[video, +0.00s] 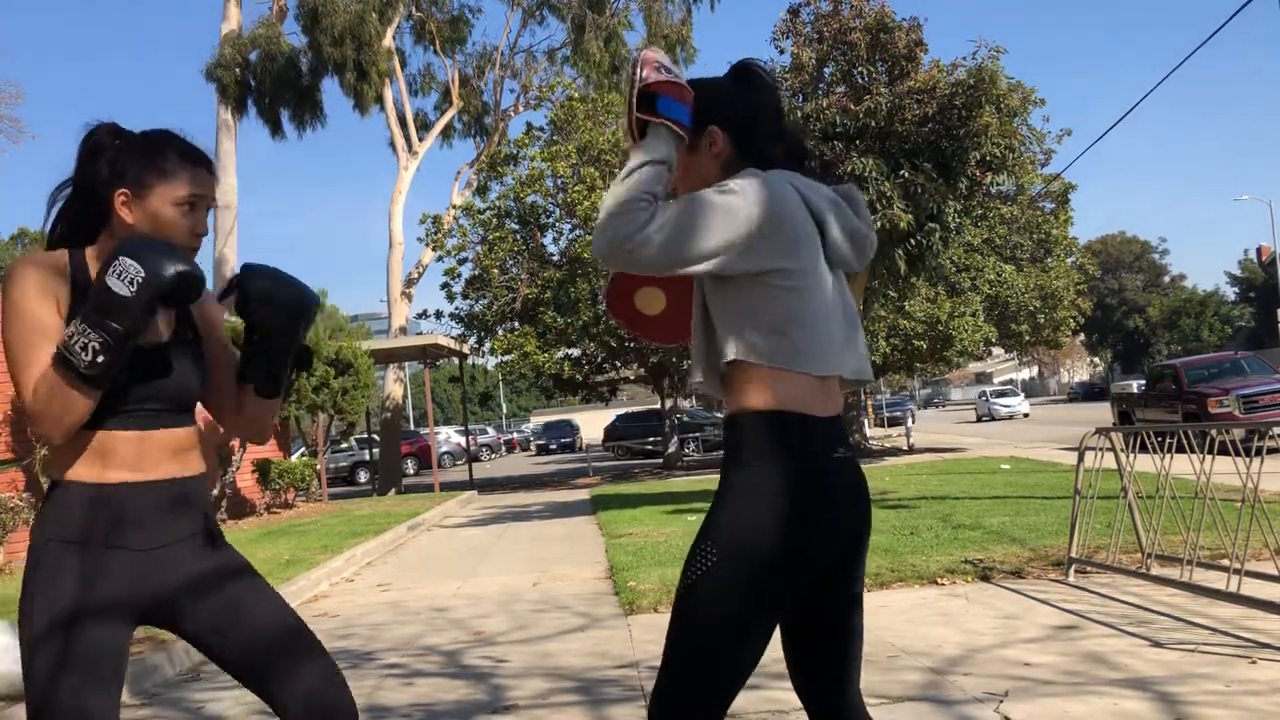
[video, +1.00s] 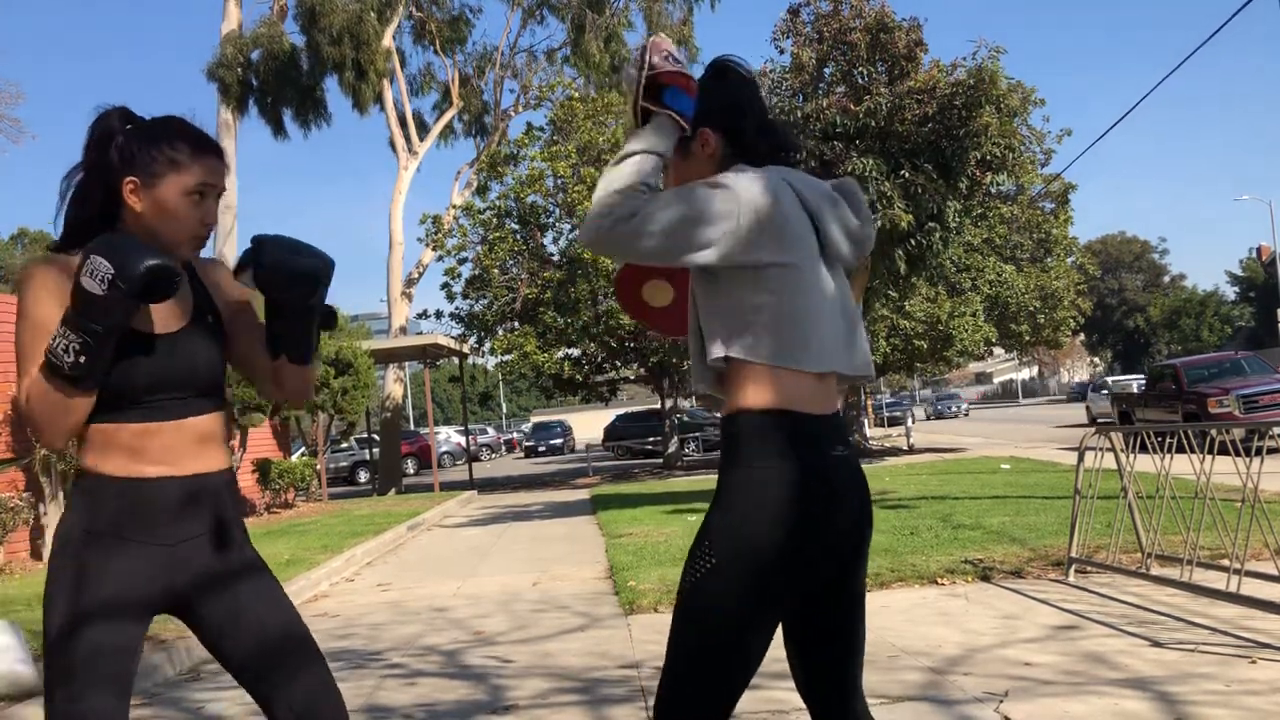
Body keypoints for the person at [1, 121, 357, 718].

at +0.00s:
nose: (204, 227)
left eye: (206, 211)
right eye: (190, 207)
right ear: (127, 205)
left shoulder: (193, 297)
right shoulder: (41, 277)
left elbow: (252, 425)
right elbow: (49, 422)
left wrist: (276, 340)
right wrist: (108, 317)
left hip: (190, 541)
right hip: (82, 546)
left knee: (323, 697)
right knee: (70, 709)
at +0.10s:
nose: (211, 204)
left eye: (212, 188)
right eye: (195, 186)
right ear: (131, 188)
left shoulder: (220, 267)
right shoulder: (62, 271)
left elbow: (342, 322)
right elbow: (48, 421)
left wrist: (351, 255)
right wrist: (90, 312)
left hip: (208, 529)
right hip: (99, 533)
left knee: (313, 706)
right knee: (79, 711)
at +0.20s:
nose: (226, 209)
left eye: (230, 192)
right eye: (211, 191)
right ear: (145, 190)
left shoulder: (246, 250)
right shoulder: (82, 275)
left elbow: (379, 229)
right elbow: (87, 426)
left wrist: (460, 165)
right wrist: (110, 318)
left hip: (221, 533)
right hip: (113, 531)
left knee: (314, 703)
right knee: (82, 707)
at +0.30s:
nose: (231, 217)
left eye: (236, 201)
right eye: (217, 199)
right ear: (152, 194)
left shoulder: (246, 254)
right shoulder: (83, 277)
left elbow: (378, 253)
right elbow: (93, 429)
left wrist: (434, 186)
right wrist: (120, 323)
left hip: (225, 535)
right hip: (116, 533)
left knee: (326, 707)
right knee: (80, 711)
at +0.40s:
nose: (229, 225)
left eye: (234, 208)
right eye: (216, 206)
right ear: (151, 199)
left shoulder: (232, 273)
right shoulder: (74, 279)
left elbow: (339, 360)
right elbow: (76, 436)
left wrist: (360, 274)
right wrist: (112, 327)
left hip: (224, 536)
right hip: (115, 537)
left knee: (330, 707)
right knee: (83, 711)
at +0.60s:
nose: (222, 227)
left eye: (228, 211)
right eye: (210, 207)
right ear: (145, 199)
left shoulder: (218, 287)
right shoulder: (59, 281)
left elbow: (266, 419)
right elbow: (65, 430)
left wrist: (284, 318)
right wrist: (107, 321)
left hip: (208, 540)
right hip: (101, 541)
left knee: (318, 708)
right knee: (75, 710)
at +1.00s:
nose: (213, 215)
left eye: (216, 198)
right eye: (200, 196)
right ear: (134, 193)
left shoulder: (214, 282)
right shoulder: (56, 279)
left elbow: (291, 389)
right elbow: (47, 429)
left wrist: (297, 310)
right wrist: (94, 319)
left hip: (215, 531)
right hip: (107, 536)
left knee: (318, 707)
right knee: (84, 711)